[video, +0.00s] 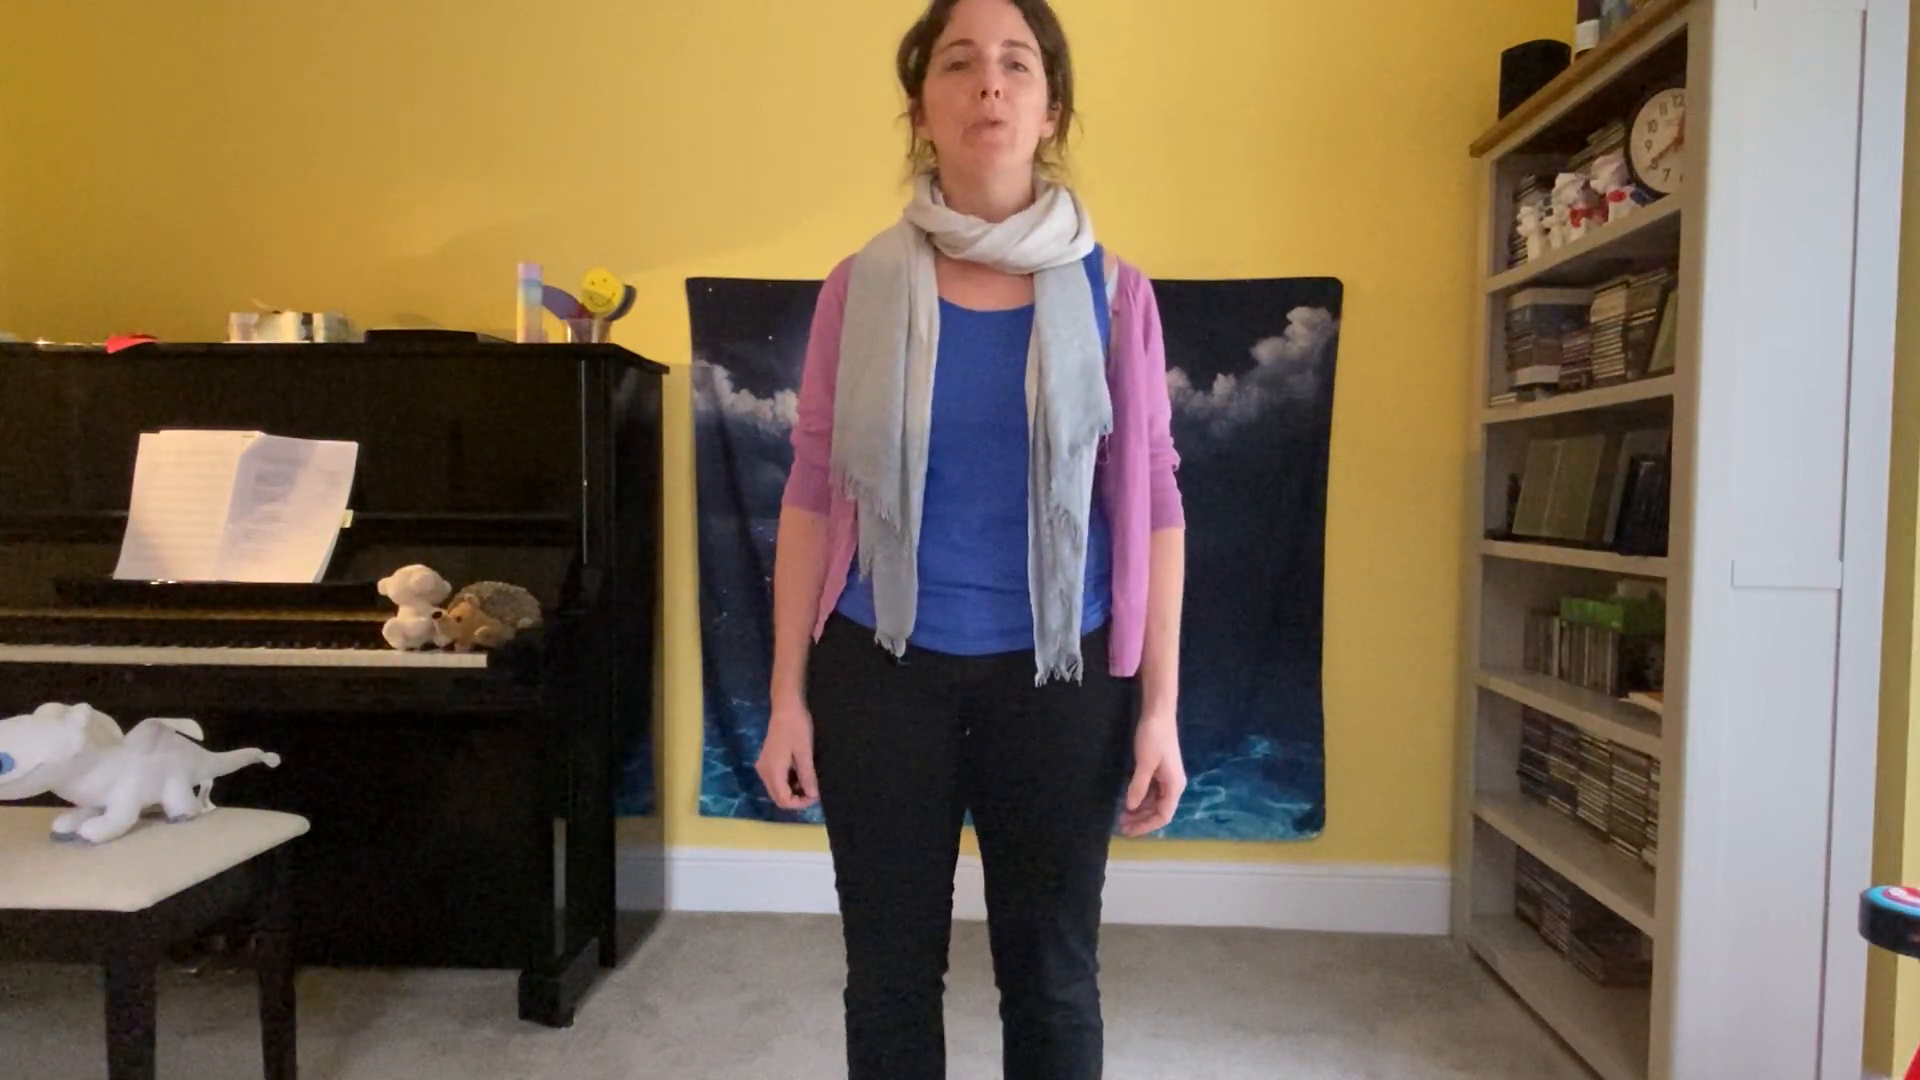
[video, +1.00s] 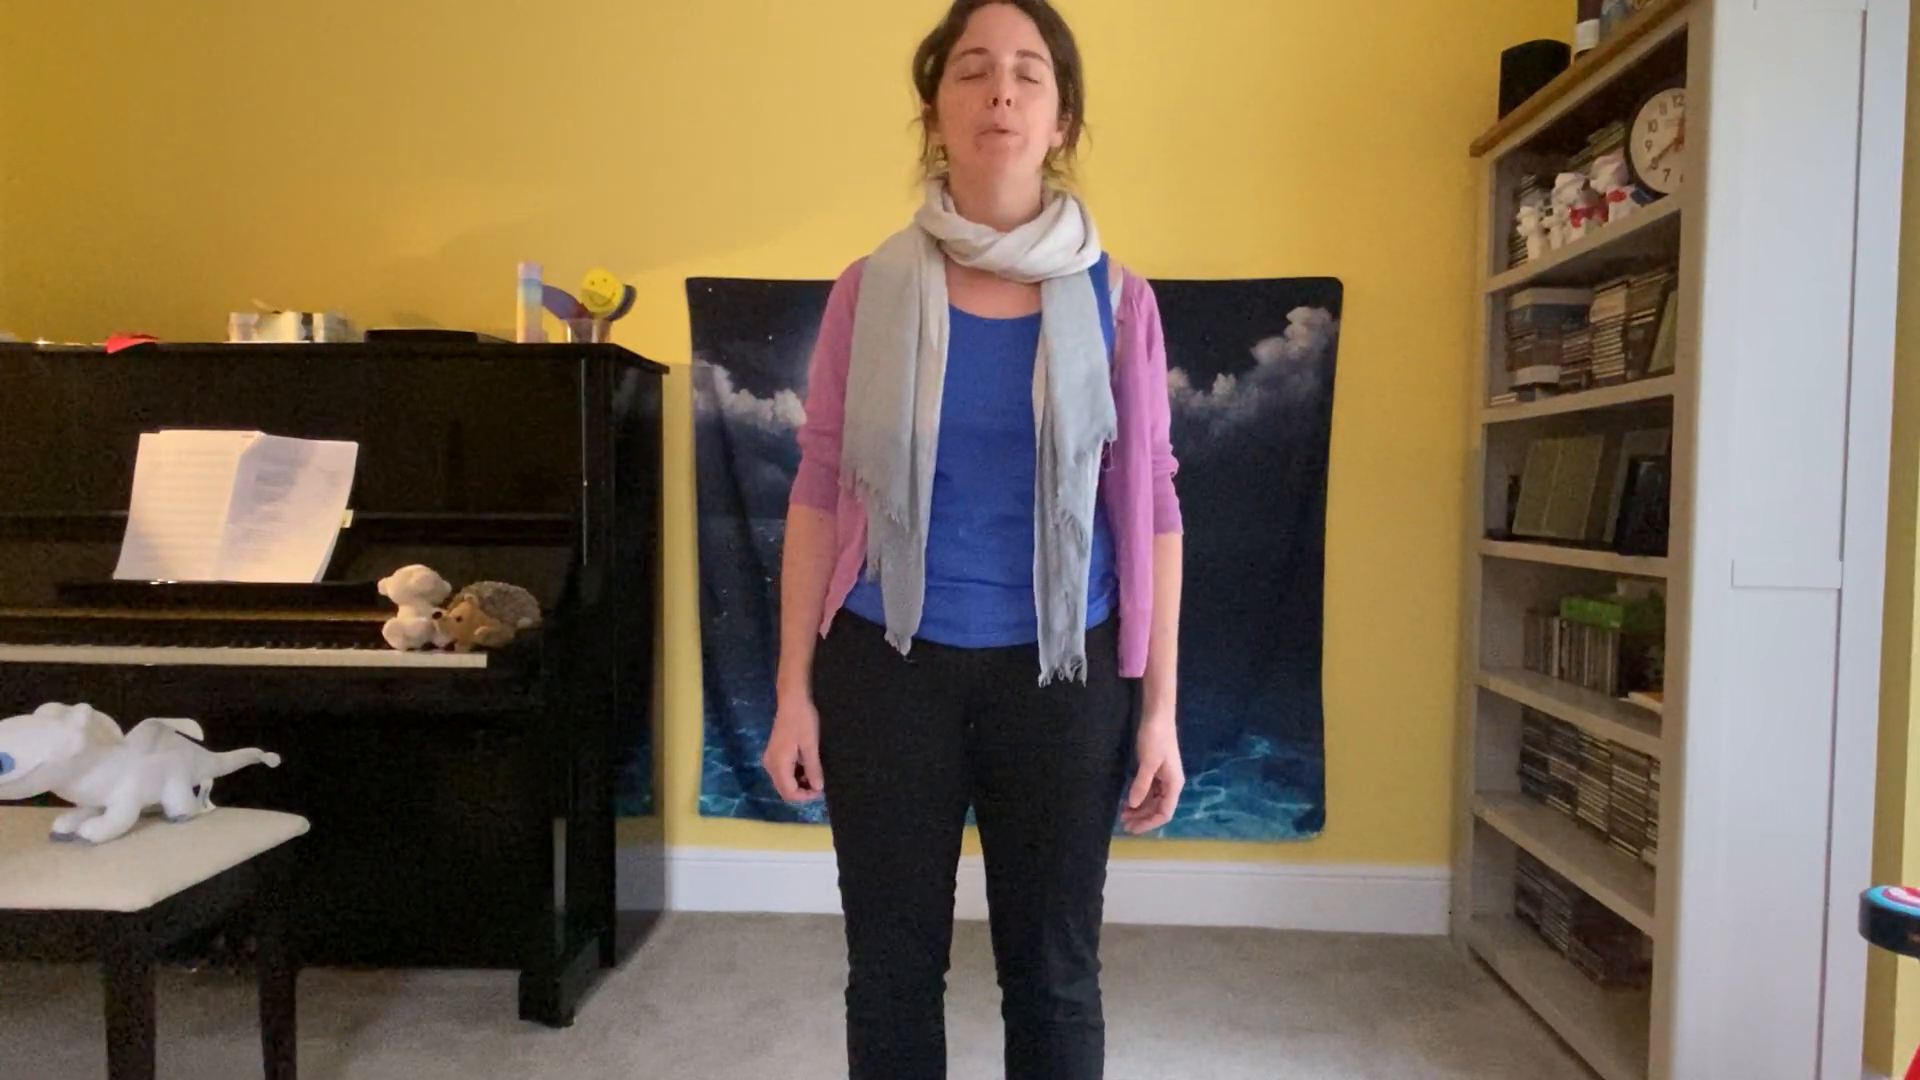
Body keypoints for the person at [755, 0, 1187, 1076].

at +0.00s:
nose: (987, 81)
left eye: (1014, 63)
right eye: (958, 62)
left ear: (1052, 105)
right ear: (920, 105)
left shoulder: (1115, 296)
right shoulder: (858, 290)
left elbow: (1153, 503)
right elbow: (811, 496)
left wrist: (1159, 703)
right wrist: (785, 693)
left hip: (1060, 686)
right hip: (879, 680)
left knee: (1053, 991)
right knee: (890, 987)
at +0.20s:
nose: (993, 83)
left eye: (1020, 66)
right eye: (965, 64)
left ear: (1056, 110)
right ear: (925, 107)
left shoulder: (1115, 298)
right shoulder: (860, 290)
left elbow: (1151, 504)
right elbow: (811, 493)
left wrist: (1157, 703)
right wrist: (783, 692)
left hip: (1057, 691)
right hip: (877, 684)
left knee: (1052, 992)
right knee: (888, 992)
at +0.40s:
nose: (994, 84)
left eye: (1021, 67)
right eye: (966, 65)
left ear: (1057, 113)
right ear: (926, 111)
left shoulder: (1114, 300)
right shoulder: (861, 291)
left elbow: (1149, 506)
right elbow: (812, 495)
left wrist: (1157, 704)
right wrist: (784, 692)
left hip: (1056, 686)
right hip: (878, 679)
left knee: (1053, 987)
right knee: (888, 989)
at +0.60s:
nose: (996, 87)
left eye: (1022, 70)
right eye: (968, 68)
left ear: (1057, 115)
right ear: (927, 111)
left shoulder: (1114, 300)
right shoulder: (862, 293)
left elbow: (1151, 508)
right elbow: (812, 496)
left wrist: (1159, 703)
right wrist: (786, 691)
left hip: (1058, 683)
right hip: (879, 676)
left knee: (1052, 986)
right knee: (890, 983)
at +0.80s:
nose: (997, 92)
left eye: (1025, 73)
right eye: (970, 70)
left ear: (1061, 116)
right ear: (929, 112)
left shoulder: (1115, 302)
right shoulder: (864, 293)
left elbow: (1151, 508)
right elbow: (814, 493)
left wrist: (1157, 701)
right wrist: (788, 689)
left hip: (1059, 681)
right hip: (880, 674)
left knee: (1053, 982)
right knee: (890, 979)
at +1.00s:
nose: (999, 90)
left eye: (1026, 73)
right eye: (973, 69)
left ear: (1063, 117)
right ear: (933, 110)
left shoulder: (1118, 302)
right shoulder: (867, 292)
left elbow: (1151, 507)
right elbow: (817, 491)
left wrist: (1158, 700)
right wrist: (791, 688)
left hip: (1062, 682)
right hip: (884, 676)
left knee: (1055, 985)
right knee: (891, 982)